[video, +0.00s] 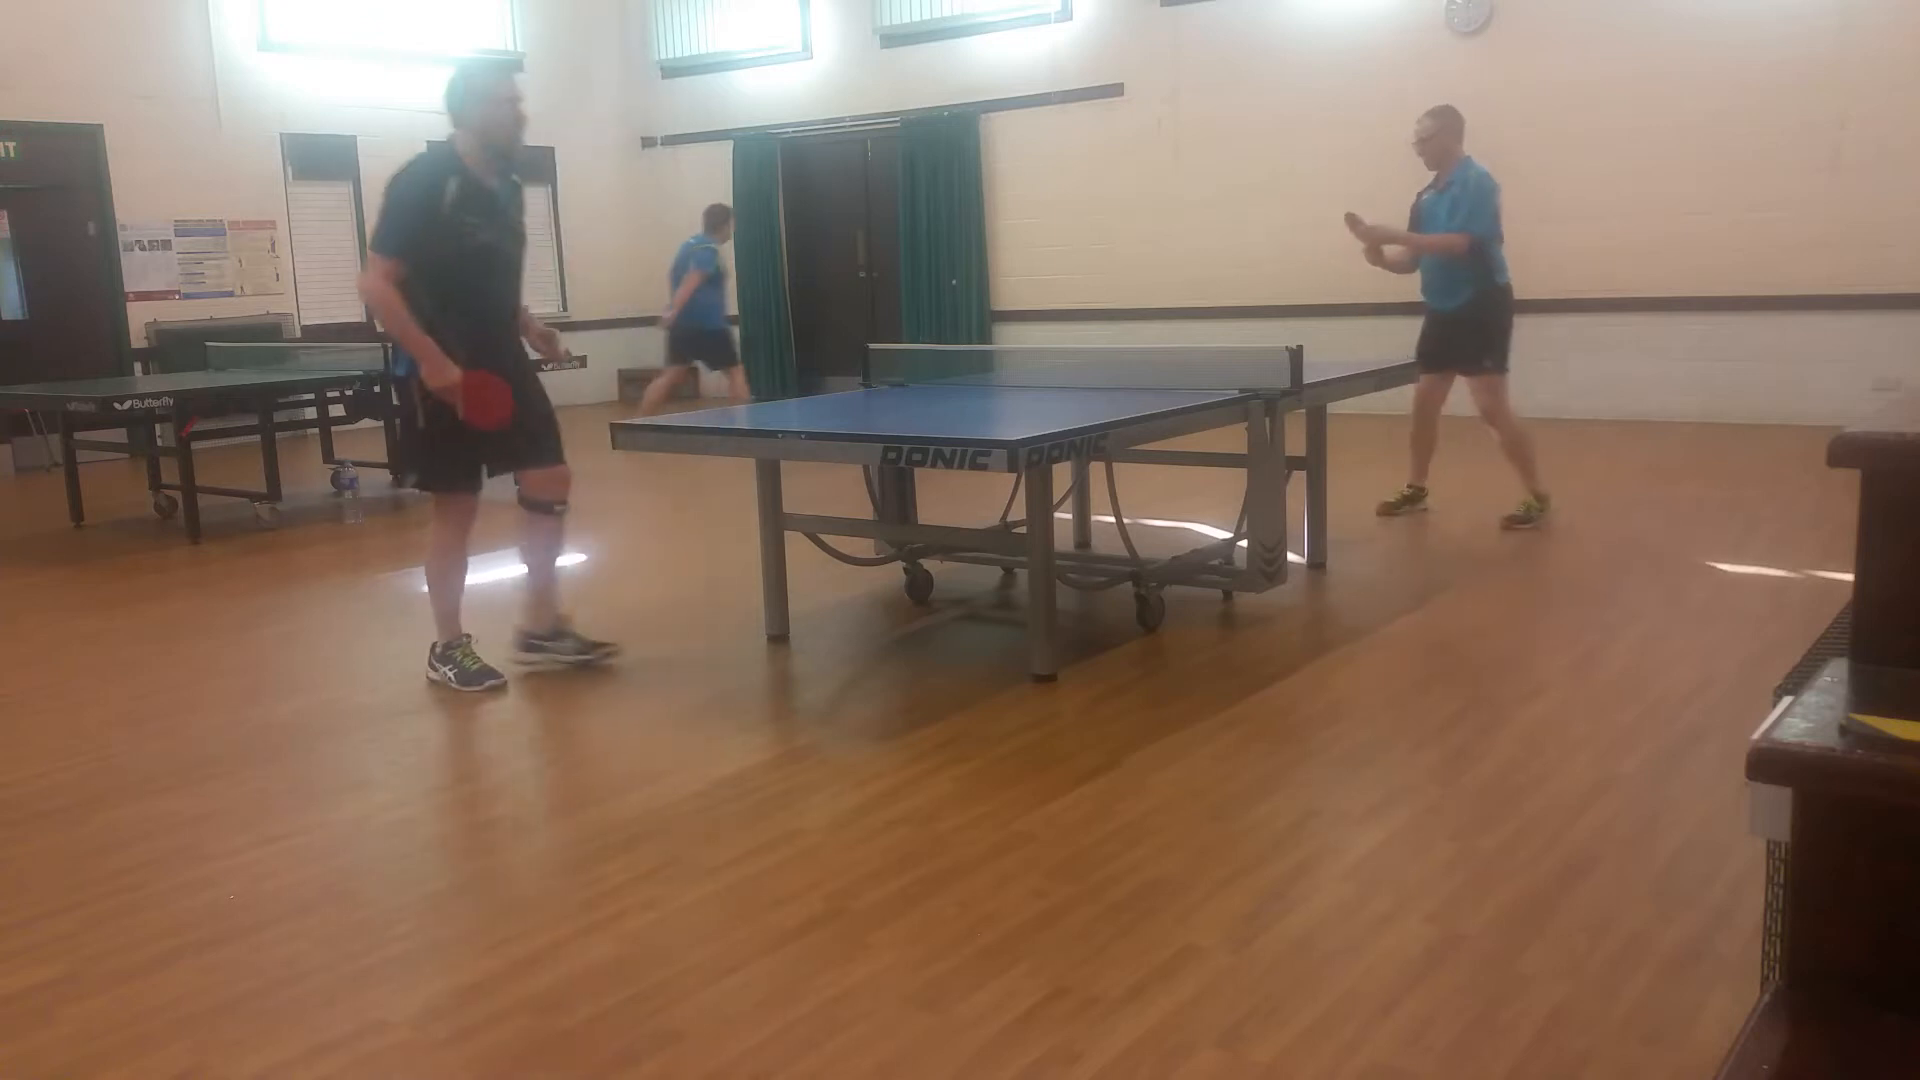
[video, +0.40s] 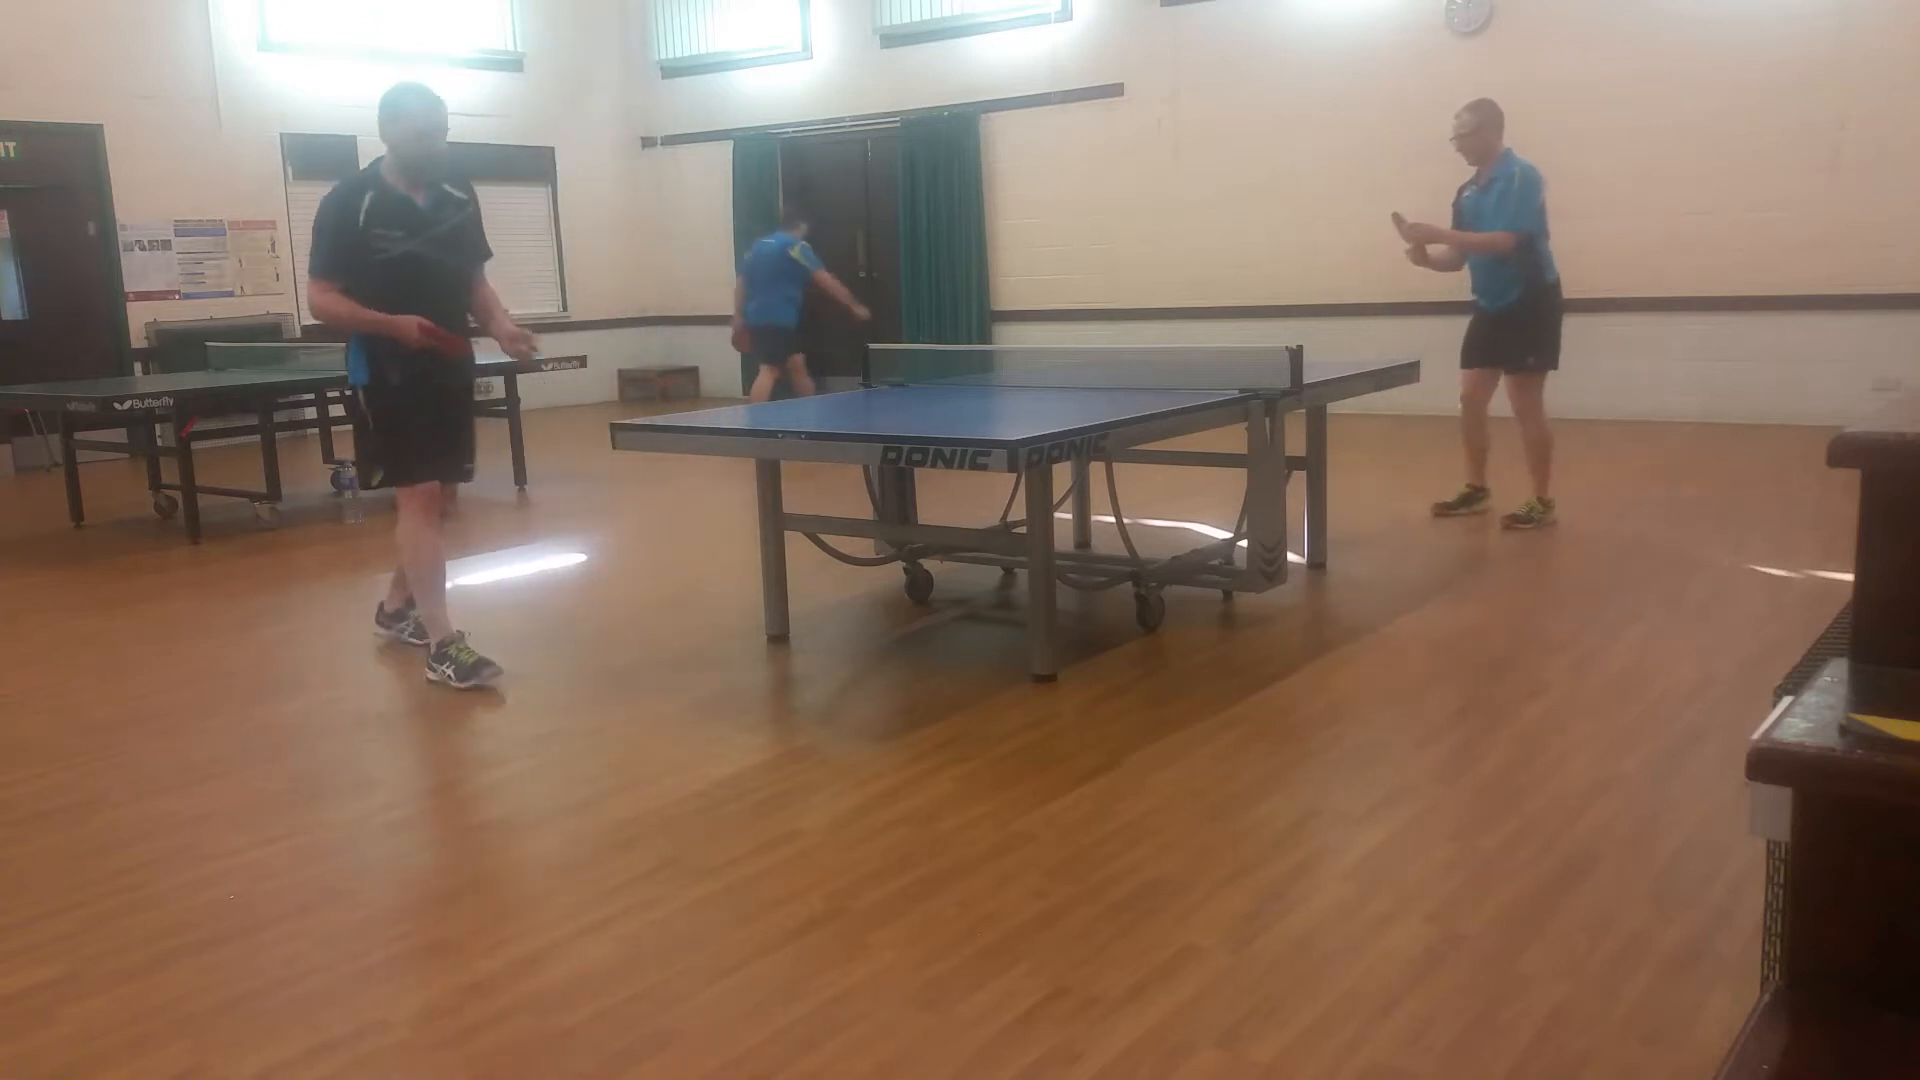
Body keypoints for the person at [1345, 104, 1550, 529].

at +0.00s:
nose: (1417, 146)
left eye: (1424, 138)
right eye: (1416, 139)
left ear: (1451, 138)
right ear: (1431, 141)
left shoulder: (1477, 181)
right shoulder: (1427, 197)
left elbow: (1463, 243)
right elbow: (1412, 258)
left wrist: (1393, 237)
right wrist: (1380, 257)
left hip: (1483, 305)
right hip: (1443, 309)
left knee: (1492, 408)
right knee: (1426, 400)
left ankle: (1538, 497)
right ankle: (1416, 489)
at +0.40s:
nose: (1455, 144)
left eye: (1463, 134)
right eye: (1454, 136)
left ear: (1489, 132)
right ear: (1470, 137)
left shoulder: (1523, 176)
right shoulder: (1466, 193)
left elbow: (1509, 241)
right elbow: (1456, 257)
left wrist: (1438, 234)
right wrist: (1425, 257)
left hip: (1532, 302)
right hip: (1491, 305)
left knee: (1526, 401)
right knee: (1471, 396)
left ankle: (1542, 501)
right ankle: (1475, 489)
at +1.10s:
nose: (1444, 145)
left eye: (1452, 138)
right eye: (1444, 138)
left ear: (1477, 139)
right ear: (1458, 141)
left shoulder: (1512, 182)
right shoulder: (1453, 202)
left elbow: (1538, 242)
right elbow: (1455, 262)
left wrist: (1475, 271)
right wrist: (1436, 270)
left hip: (1538, 298)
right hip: (1495, 305)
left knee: (1540, 399)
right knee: (1486, 398)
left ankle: (1564, 498)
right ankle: (1486, 489)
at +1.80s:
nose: (1444, 176)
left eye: (1451, 168)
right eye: (1443, 169)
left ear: (1478, 168)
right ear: (1456, 171)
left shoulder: (1520, 207)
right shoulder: (1460, 223)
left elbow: (1562, 267)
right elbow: (1449, 288)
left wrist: (1521, 317)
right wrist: (1421, 279)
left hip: (1559, 307)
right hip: (1514, 312)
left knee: (1539, 408)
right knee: (1493, 402)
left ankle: (1559, 511)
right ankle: (1477, 481)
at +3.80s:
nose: (1421, 172)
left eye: (1429, 165)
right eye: (1420, 165)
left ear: (1457, 166)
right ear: (1429, 170)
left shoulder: (1495, 207)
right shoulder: (1434, 219)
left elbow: (1534, 269)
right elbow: (1420, 285)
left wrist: (1510, 324)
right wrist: (1393, 267)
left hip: (1529, 311)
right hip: (1486, 315)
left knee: (1506, 408)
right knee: (1466, 404)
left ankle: (1536, 503)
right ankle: (1475, 486)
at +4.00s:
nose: (1426, 171)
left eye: (1435, 163)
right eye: (1424, 163)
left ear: (1462, 164)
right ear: (1426, 167)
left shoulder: (1498, 206)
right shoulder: (1436, 221)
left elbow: (1534, 271)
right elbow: (1428, 286)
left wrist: (1506, 326)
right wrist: (1398, 277)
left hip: (1527, 315)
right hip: (1481, 317)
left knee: (1506, 409)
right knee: (1434, 399)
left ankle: (1535, 503)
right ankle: (1434, 481)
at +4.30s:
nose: (1422, 203)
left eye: (1431, 196)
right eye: (1420, 195)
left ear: (1456, 198)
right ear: (1419, 198)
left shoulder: (1499, 236)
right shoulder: (1423, 248)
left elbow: (1535, 298)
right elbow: (1408, 304)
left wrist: (1501, 348)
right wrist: (1390, 324)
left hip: (1520, 327)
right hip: (1468, 331)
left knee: (1531, 409)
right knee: (1419, 408)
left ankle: (1577, 500)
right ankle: (1395, 493)